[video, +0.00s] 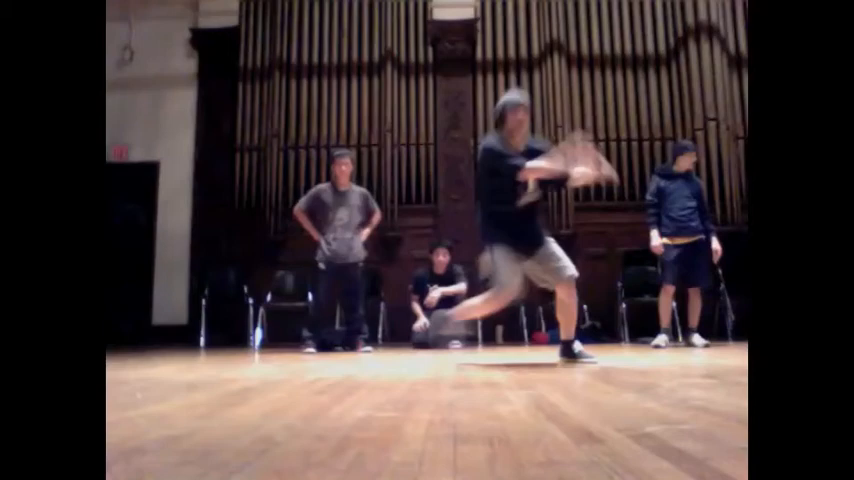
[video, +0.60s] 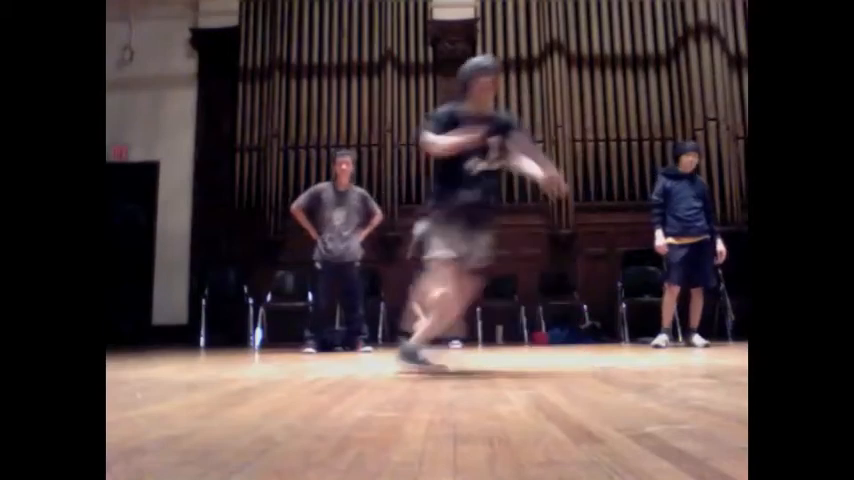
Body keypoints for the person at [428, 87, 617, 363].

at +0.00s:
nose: (519, 119)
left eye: (523, 113)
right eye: (513, 114)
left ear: (529, 117)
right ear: (502, 118)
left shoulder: (536, 150)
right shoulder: (491, 151)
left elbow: (557, 176)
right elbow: (523, 171)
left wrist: (588, 173)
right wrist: (566, 170)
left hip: (531, 233)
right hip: (500, 235)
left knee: (566, 279)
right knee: (506, 291)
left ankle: (568, 345)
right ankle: (446, 319)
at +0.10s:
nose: (519, 110)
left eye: (524, 104)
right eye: (514, 104)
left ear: (530, 106)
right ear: (504, 106)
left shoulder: (538, 139)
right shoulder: (494, 140)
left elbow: (567, 169)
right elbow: (527, 176)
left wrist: (594, 183)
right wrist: (566, 182)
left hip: (532, 226)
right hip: (500, 223)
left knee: (559, 281)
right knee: (521, 263)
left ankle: (567, 341)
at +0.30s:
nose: (529, 83)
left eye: (530, 77)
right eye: (524, 76)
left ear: (528, 82)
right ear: (508, 81)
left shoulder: (525, 121)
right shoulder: (489, 116)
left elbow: (532, 170)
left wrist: (554, 198)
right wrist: (419, 194)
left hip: (532, 206)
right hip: (509, 209)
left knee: (550, 272)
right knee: (556, 264)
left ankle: (510, 327)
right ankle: (553, 347)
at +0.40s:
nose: (524, 89)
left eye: (525, 82)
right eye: (519, 82)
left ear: (519, 88)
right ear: (502, 86)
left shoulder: (518, 126)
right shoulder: (483, 118)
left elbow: (528, 171)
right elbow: (431, 140)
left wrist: (551, 200)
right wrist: (401, 169)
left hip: (532, 212)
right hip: (505, 214)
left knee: (558, 275)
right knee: (541, 283)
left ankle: (552, 350)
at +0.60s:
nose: (490, 90)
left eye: (493, 83)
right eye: (484, 83)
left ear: (496, 86)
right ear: (469, 84)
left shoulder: (501, 123)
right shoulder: (446, 116)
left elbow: (522, 153)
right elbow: (432, 144)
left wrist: (543, 174)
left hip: (481, 218)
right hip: (446, 215)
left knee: (465, 291)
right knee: (442, 284)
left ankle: (415, 345)